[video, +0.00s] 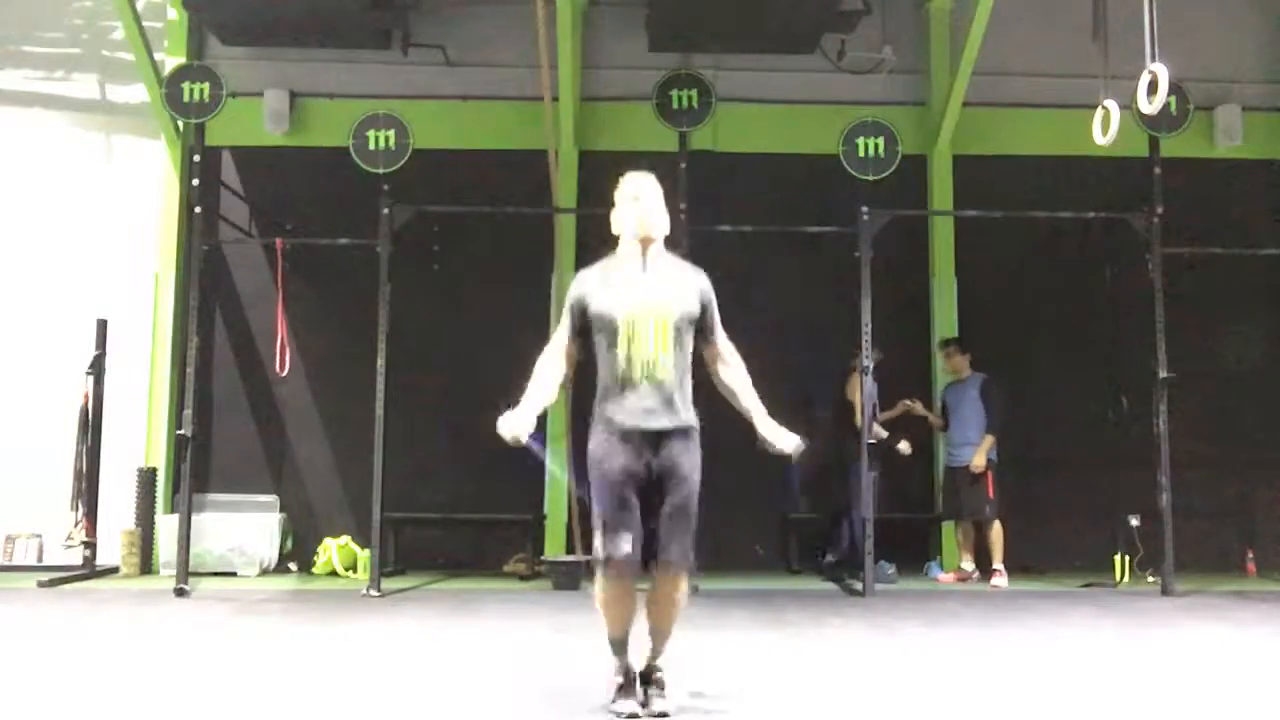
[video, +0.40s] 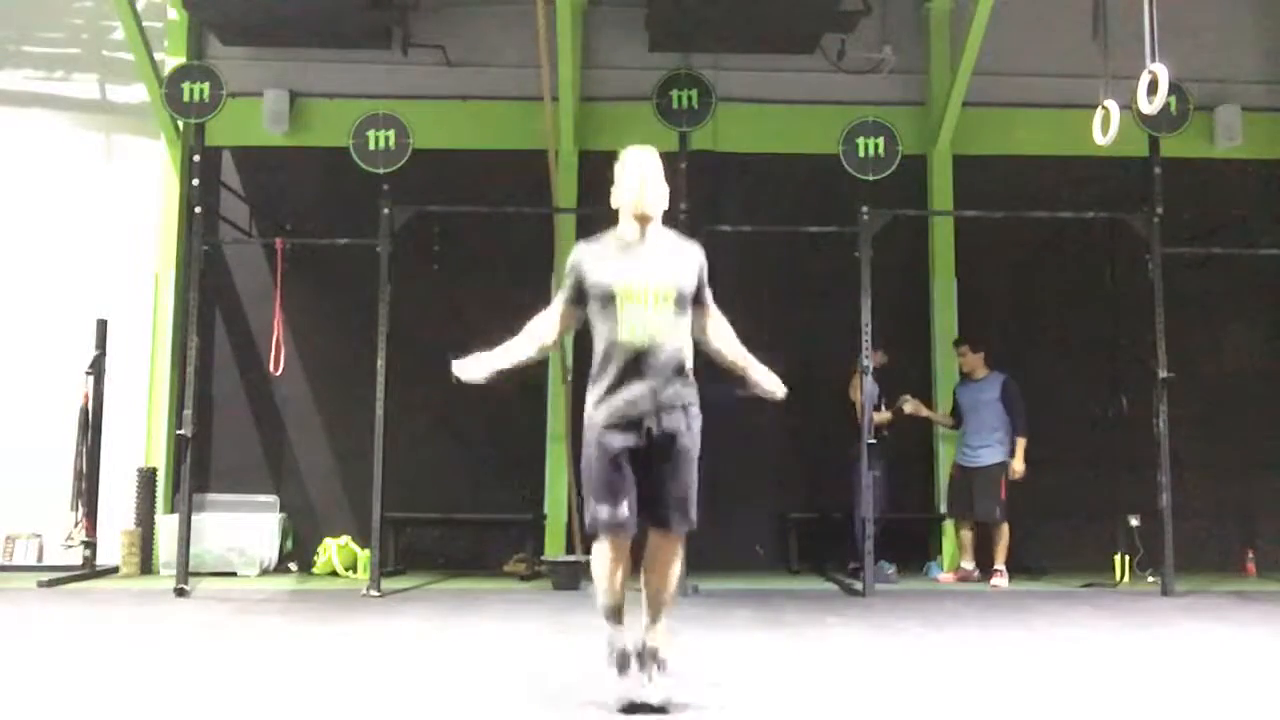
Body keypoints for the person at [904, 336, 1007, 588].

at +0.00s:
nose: (947, 362)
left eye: (951, 356)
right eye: (945, 357)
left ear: (966, 356)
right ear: (946, 360)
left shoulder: (984, 384)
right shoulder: (948, 391)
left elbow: (994, 421)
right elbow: (945, 425)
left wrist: (982, 452)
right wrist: (924, 413)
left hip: (979, 459)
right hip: (955, 462)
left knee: (988, 516)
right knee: (961, 517)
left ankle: (998, 568)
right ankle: (967, 567)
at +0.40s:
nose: (959, 361)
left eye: (963, 355)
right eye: (958, 356)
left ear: (980, 355)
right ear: (962, 357)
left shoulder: (1003, 384)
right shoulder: (961, 389)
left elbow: (1019, 423)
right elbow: (955, 423)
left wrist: (1018, 457)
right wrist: (924, 412)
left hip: (994, 460)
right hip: (964, 461)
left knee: (996, 517)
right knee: (962, 515)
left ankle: (999, 569)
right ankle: (968, 567)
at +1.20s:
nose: (920, 361)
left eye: (924, 355)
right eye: (920, 356)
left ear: (939, 355)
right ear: (934, 357)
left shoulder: (967, 381)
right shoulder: (924, 387)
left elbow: (982, 417)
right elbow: (921, 424)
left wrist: (957, 443)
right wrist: (912, 458)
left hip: (960, 459)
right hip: (931, 460)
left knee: (968, 514)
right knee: (940, 518)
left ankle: (993, 560)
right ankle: (952, 572)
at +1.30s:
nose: (913, 360)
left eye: (917, 355)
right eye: (913, 355)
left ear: (931, 355)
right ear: (926, 357)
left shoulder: (959, 380)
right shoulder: (918, 387)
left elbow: (973, 418)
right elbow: (914, 423)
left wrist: (954, 446)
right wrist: (904, 455)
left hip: (951, 457)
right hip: (925, 458)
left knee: (952, 513)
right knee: (935, 517)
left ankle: (981, 553)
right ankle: (949, 569)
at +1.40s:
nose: (905, 361)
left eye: (909, 355)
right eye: (904, 356)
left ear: (924, 353)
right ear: (911, 358)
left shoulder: (951, 380)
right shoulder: (910, 387)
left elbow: (967, 418)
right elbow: (907, 423)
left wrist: (955, 450)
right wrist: (895, 451)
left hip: (943, 458)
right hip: (920, 459)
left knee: (936, 513)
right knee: (928, 515)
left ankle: (960, 562)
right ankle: (947, 571)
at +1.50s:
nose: (898, 361)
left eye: (902, 355)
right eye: (896, 356)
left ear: (916, 353)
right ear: (900, 359)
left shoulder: (940, 380)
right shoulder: (902, 388)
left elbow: (964, 414)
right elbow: (898, 423)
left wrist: (956, 448)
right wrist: (886, 449)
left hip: (937, 456)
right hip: (914, 458)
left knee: (922, 512)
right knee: (932, 516)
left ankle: (931, 572)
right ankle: (951, 569)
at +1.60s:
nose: (891, 363)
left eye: (894, 357)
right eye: (888, 359)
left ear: (907, 356)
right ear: (890, 362)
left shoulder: (932, 381)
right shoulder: (894, 388)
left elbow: (961, 411)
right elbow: (891, 423)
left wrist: (957, 446)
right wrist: (877, 446)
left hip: (930, 458)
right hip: (909, 459)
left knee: (913, 515)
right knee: (930, 517)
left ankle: (900, 574)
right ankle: (951, 570)